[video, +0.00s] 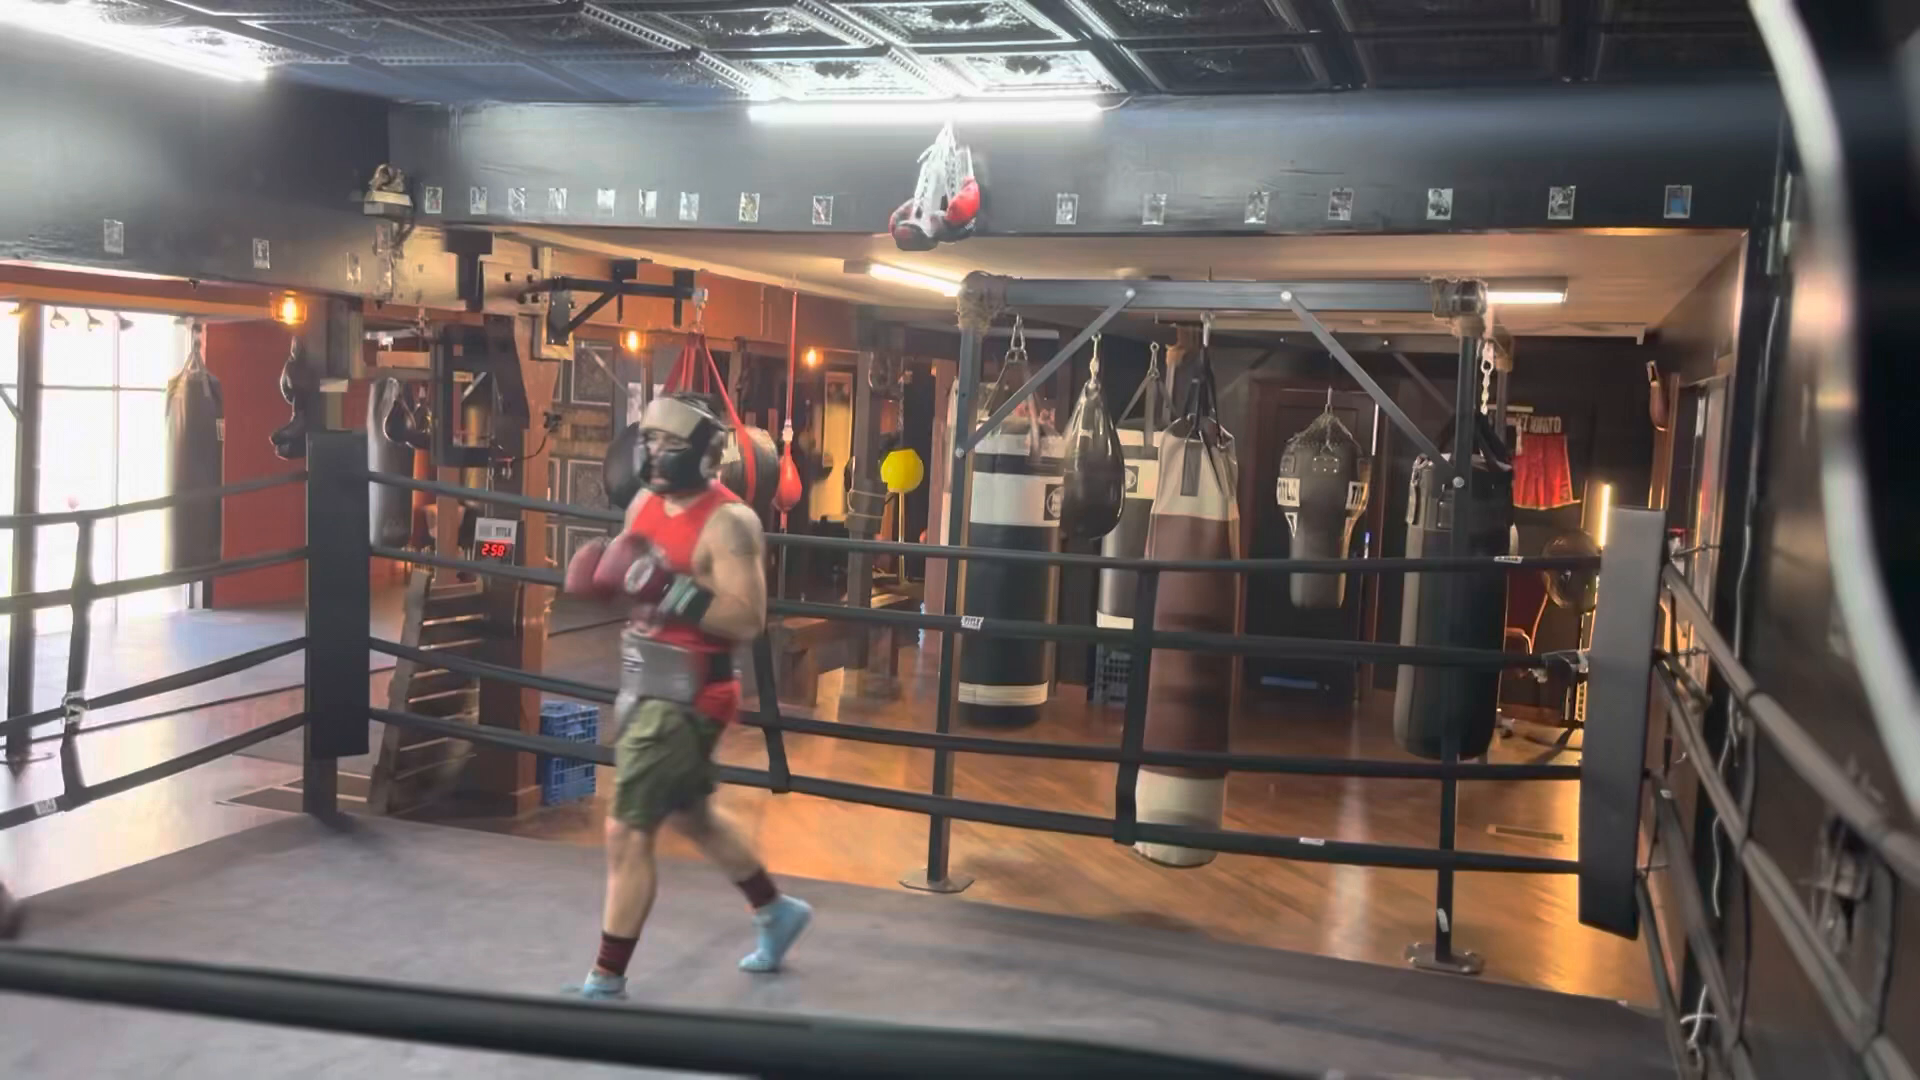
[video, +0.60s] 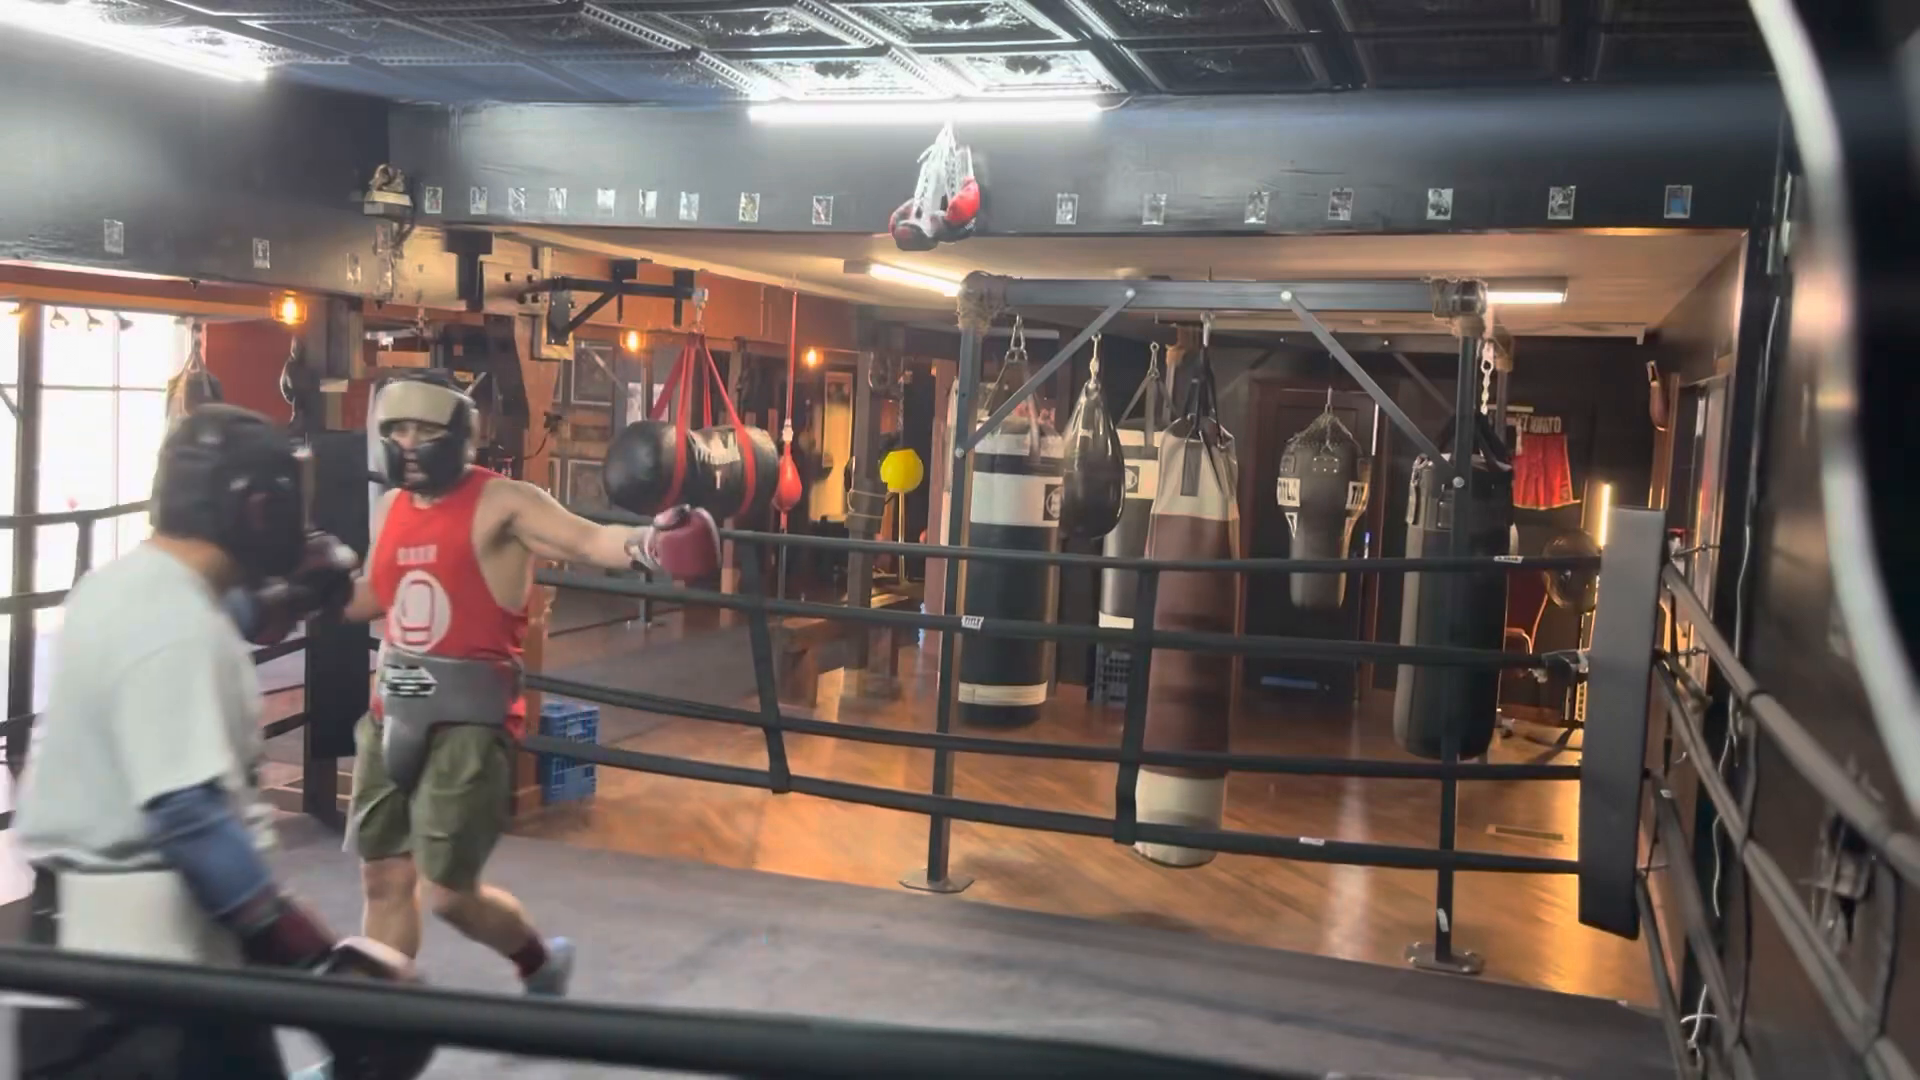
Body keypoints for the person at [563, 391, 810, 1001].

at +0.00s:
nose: (653, 451)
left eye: (667, 441)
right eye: (650, 438)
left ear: (702, 448)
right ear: (645, 440)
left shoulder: (731, 522)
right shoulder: (647, 503)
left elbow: (746, 619)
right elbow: (626, 571)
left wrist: (667, 589)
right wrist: (600, 570)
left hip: (690, 696)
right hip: (645, 686)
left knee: (627, 832)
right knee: (696, 817)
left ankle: (606, 979)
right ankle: (776, 910)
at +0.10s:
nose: (621, 448)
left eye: (636, 438)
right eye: (614, 435)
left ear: (667, 445)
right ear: (605, 439)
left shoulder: (695, 514)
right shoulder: (605, 498)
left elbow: (735, 604)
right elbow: (592, 569)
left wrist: (649, 611)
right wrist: (563, 597)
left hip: (654, 694)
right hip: (599, 681)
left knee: (607, 832)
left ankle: (601, 980)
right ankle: (709, 892)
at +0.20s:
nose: (578, 440)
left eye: (593, 429)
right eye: (571, 427)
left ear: (626, 433)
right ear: (561, 431)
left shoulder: (660, 502)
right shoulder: (570, 492)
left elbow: (715, 589)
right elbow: (571, 569)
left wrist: (639, 615)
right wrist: (533, 595)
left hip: (618, 691)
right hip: (559, 677)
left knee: (599, 836)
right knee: (522, 814)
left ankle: (600, 977)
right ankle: (616, 912)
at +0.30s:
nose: (540, 440)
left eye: (554, 428)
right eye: (530, 427)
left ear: (587, 432)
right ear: (520, 430)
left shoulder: (626, 501)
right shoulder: (526, 495)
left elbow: (696, 583)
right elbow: (533, 580)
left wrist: (641, 602)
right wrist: (482, 594)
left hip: (590, 697)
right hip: (517, 688)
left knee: (591, 844)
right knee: (477, 832)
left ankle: (599, 980)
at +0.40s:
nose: (489, 448)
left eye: (504, 436)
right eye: (482, 436)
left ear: (543, 440)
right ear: (476, 440)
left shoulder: (586, 506)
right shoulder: (481, 506)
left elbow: (666, 570)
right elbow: (475, 587)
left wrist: (648, 586)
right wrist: (415, 595)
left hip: (557, 706)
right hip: (480, 701)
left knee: (570, 856)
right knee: (442, 860)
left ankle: (597, 986)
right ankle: (398, 1015)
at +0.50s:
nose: (449, 452)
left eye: (465, 439)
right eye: (439, 439)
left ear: (503, 444)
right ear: (428, 445)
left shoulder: (544, 510)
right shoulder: (434, 511)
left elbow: (628, 561)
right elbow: (419, 597)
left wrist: (664, 570)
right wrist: (355, 598)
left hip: (510, 716)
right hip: (430, 709)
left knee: (513, 876)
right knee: (406, 873)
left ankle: (587, 973)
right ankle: (388, 1030)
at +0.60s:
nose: (410, 445)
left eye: (426, 431)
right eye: (399, 431)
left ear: (461, 435)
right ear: (385, 437)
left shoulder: (502, 500)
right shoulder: (397, 509)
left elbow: (588, 539)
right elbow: (372, 601)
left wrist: (652, 543)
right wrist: (316, 588)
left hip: (467, 717)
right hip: (392, 710)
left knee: (447, 893)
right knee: (382, 878)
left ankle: (542, 962)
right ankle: (369, 1036)